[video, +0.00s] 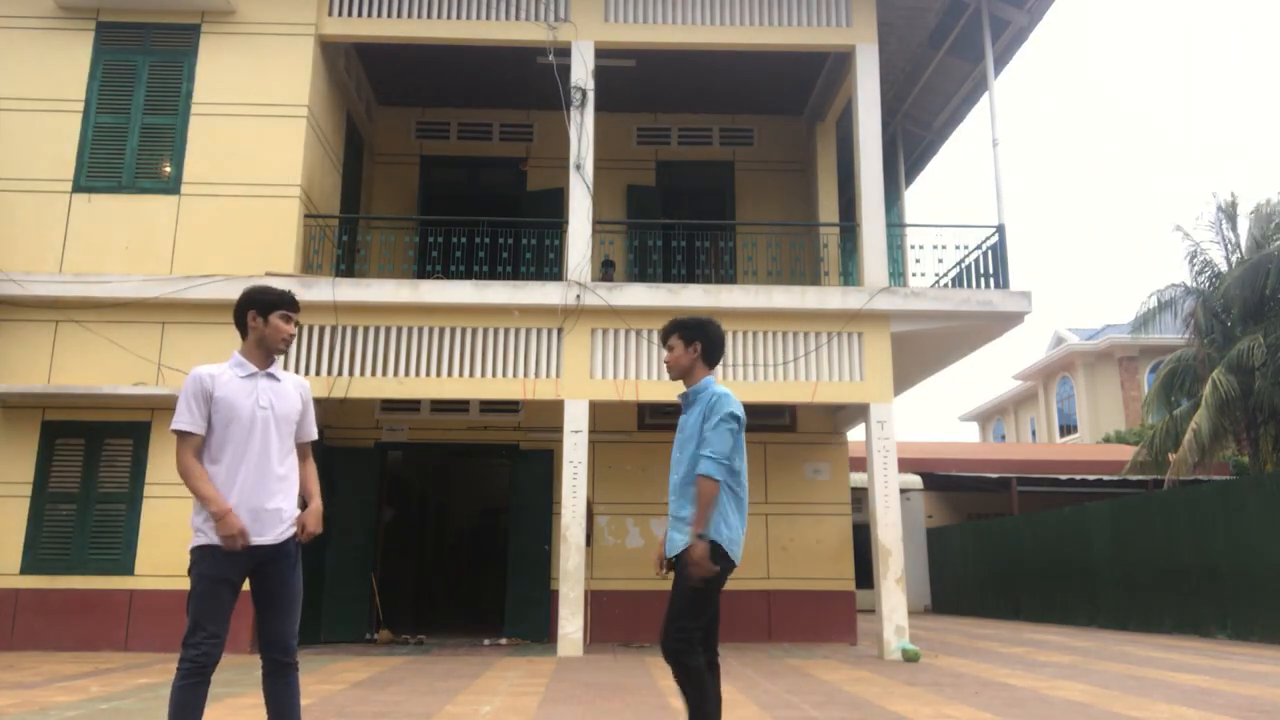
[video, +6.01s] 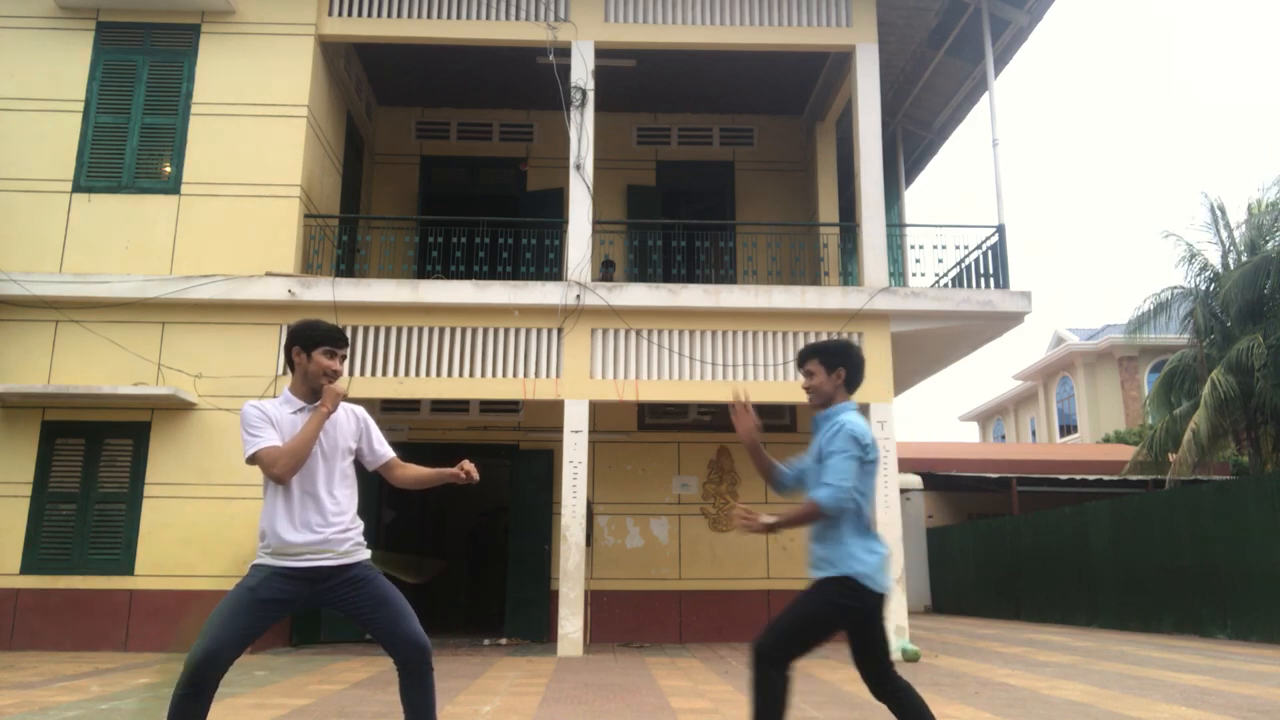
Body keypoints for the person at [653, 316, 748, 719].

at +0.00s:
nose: (665, 356)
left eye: (671, 348)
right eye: (665, 348)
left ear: (696, 350)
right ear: (690, 353)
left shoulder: (720, 402)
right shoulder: (695, 406)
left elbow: (710, 474)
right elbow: (687, 480)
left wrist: (699, 535)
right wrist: (669, 538)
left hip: (709, 542)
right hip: (692, 542)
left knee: (678, 641)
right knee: (701, 647)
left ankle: (705, 713)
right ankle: (707, 714)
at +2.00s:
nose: (837, 374)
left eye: (844, 365)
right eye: (837, 366)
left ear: (873, 367)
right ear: (864, 369)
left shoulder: (898, 425)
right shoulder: (858, 426)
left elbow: (878, 491)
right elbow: (801, 450)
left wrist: (831, 522)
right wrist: (742, 425)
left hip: (893, 564)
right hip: (883, 564)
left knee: (824, 664)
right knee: (887, 672)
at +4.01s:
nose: (837, 390)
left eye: (843, 380)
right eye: (836, 381)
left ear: (870, 380)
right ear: (870, 382)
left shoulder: (882, 430)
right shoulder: (904, 430)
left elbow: (819, 477)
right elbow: (878, 506)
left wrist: (750, 480)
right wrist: (834, 482)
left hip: (890, 574)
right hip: (918, 576)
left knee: (824, 667)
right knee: (889, 677)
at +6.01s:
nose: (804, 384)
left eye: (811, 375)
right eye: (803, 376)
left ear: (839, 376)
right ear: (834, 378)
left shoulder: (848, 429)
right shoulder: (831, 430)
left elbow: (833, 499)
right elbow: (783, 480)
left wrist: (773, 523)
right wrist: (752, 441)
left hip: (851, 577)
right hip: (853, 577)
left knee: (770, 651)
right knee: (882, 680)